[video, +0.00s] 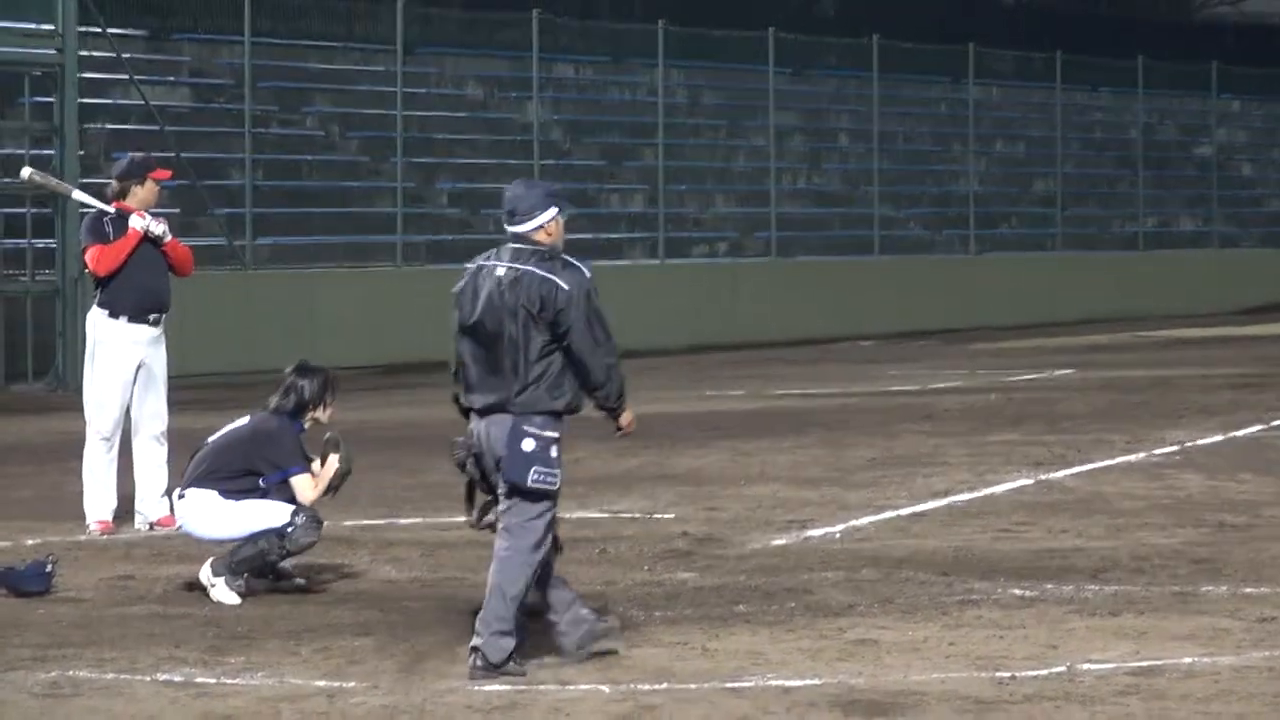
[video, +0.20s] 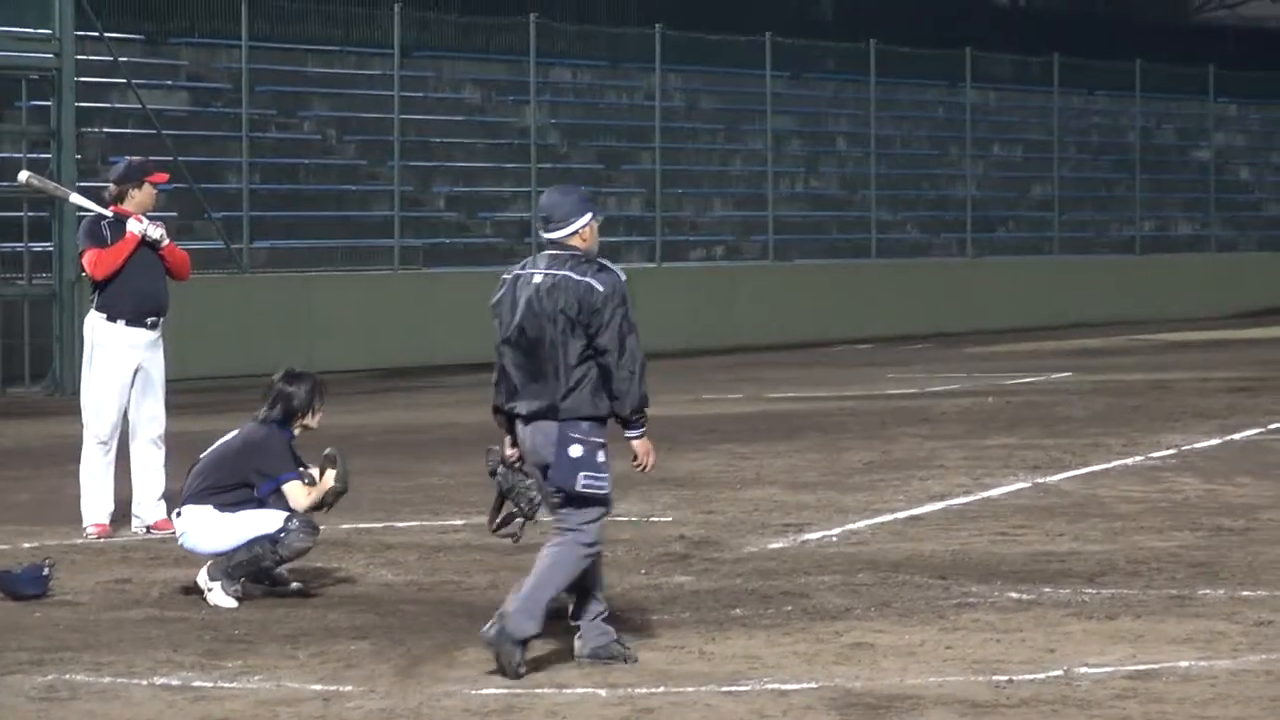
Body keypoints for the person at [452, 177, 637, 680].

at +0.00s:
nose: (564, 226)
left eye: (560, 218)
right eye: (558, 219)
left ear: (517, 227)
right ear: (542, 227)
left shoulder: (476, 273)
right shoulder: (563, 278)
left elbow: (464, 354)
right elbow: (591, 352)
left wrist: (472, 409)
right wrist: (617, 405)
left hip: (485, 422)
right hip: (532, 424)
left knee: (529, 530)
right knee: (520, 537)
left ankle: (575, 628)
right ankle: (491, 650)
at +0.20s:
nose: (597, 232)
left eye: (593, 224)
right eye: (592, 225)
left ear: (548, 231)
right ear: (579, 230)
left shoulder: (515, 280)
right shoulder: (598, 279)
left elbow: (505, 363)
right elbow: (620, 358)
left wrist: (509, 430)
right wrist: (635, 428)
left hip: (530, 426)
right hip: (576, 426)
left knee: (578, 526)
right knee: (580, 528)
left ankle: (595, 635)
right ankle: (511, 626)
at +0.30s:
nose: (618, 224)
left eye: (614, 216)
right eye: (614, 218)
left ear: (569, 224)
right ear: (604, 224)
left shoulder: (536, 273)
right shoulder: (620, 273)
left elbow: (525, 356)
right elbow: (637, 355)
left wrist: (531, 423)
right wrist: (648, 424)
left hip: (551, 422)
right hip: (602, 423)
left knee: (583, 531)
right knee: (628, 525)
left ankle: (596, 634)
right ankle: (560, 606)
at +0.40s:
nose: (635, 220)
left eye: (632, 212)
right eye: (631, 214)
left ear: (586, 219)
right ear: (620, 219)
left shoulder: (553, 267)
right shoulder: (637, 268)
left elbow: (542, 350)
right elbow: (648, 349)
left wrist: (548, 412)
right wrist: (659, 415)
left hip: (569, 418)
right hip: (621, 417)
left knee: (590, 523)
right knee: (658, 508)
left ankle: (589, 626)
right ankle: (615, 609)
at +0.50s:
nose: (658, 222)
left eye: (654, 215)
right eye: (654, 216)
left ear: (610, 220)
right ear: (643, 221)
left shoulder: (573, 269)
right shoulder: (660, 270)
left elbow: (564, 353)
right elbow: (668, 352)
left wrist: (569, 413)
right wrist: (678, 417)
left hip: (589, 417)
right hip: (644, 418)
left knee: (598, 527)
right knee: (681, 518)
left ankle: (593, 634)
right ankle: (685, 630)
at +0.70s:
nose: (707, 230)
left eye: (703, 223)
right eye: (703, 224)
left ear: (658, 227)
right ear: (692, 229)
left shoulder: (621, 273)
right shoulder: (709, 279)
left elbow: (608, 354)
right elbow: (722, 359)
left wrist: (612, 412)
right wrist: (733, 427)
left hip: (633, 419)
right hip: (693, 422)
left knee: (624, 525)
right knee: (721, 527)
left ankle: (598, 628)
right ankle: (744, 627)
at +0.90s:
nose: (750, 224)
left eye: (747, 217)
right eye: (748, 218)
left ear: (702, 220)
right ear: (738, 223)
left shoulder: (664, 265)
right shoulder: (759, 272)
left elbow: (648, 340)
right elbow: (783, 349)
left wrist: (650, 400)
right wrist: (798, 415)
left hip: (679, 411)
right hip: (738, 414)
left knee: (693, 508)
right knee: (751, 518)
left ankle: (652, 577)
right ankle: (746, 624)